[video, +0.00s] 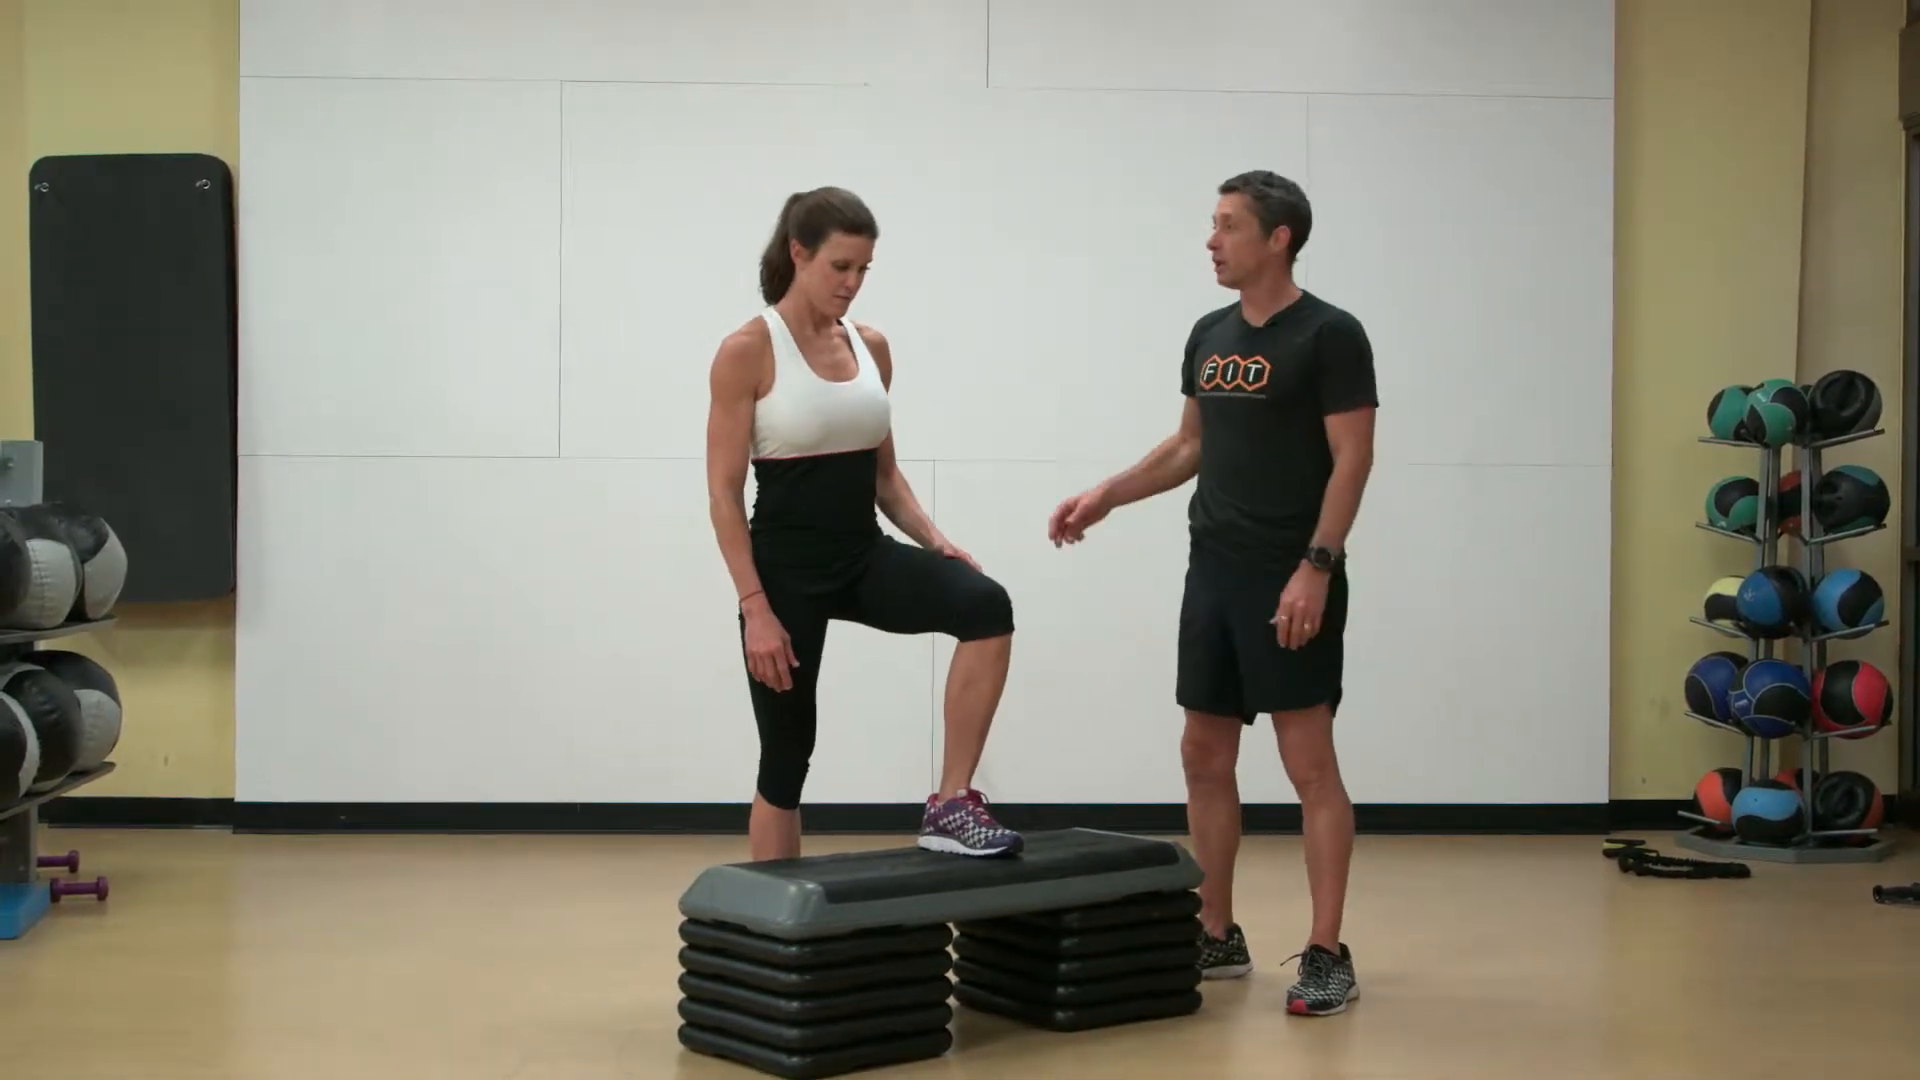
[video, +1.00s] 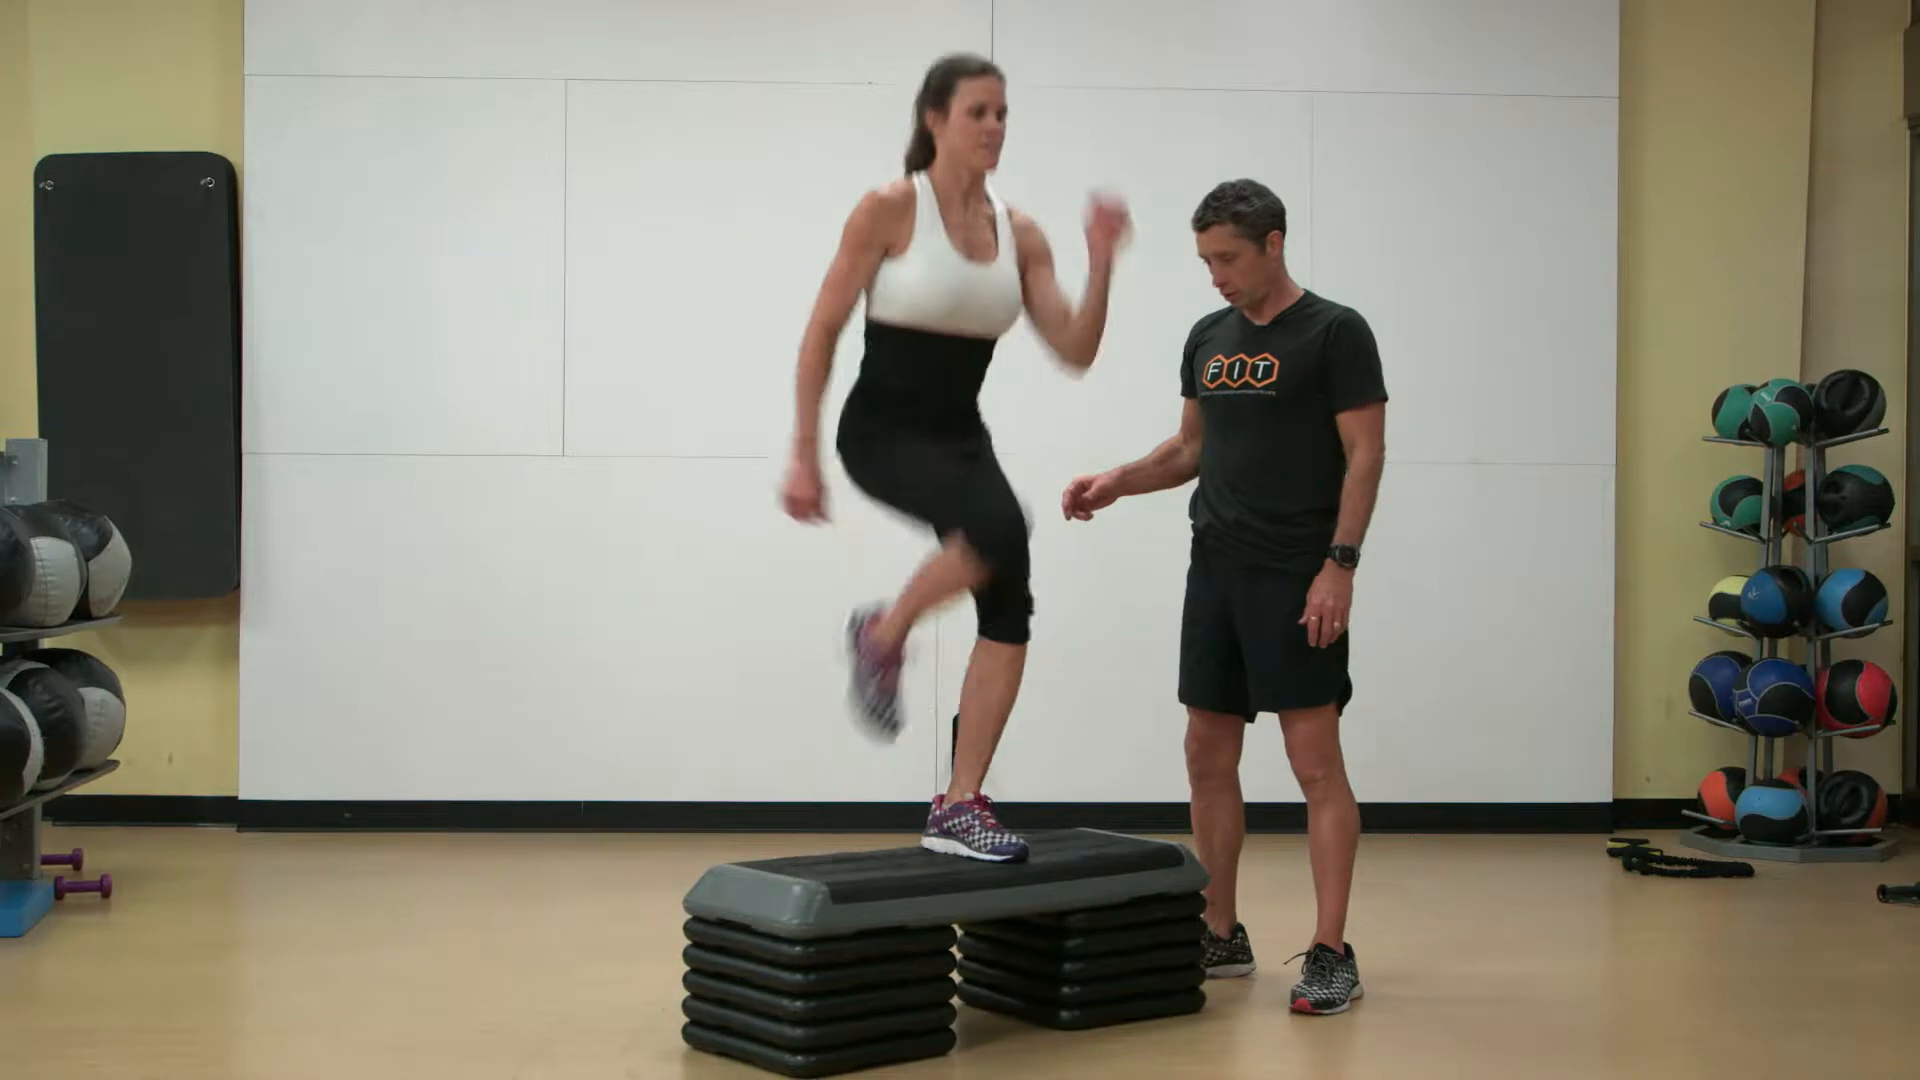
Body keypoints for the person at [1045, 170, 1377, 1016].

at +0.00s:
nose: (1211, 242)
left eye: (1227, 228)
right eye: (1213, 227)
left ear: (1279, 239)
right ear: (1244, 238)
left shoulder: (1332, 335)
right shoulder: (1210, 334)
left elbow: (1353, 460)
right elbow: (1191, 445)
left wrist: (1317, 564)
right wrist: (1106, 494)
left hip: (1293, 574)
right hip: (1214, 572)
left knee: (1309, 762)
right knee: (1204, 754)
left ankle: (1326, 950)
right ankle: (1217, 935)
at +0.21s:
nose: (1210, 251)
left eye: (1223, 237)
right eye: (1208, 237)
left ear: (1275, 240)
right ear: (1226, 242)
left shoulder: (1331, 331)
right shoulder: (1213, 334)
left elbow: (1351, 457)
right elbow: (1195, 447)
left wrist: (1312, 561)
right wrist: (1115, 480)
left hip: (1294, 573)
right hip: (1215, 572)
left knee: (1310, 761)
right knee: (1206, 753)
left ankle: (1327, 949)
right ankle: (1218, 933)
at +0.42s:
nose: (1204, 254)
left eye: (1216, 239)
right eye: (1201, 239)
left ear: (1268, 241)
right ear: (1225, 245)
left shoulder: (1332, 331)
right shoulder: (1210, 335)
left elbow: (1357, 456)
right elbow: (1195, 449)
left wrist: (1329, 563)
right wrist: (1118, 481)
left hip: (1296, 577)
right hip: (1217, 575)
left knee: (1314, 763)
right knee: (1209, 751)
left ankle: (1328, 949)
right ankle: (1218, 932)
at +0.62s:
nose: (1206, 256)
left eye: (1218, 241)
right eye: (1202, 242)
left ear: (1269, 241)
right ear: (1216, 247)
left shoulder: (1333, 332)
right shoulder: (1210, 335)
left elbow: (1363, 457)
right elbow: (1194, 449)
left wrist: (1345, 570)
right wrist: (1119, 481)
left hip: (1298, 579)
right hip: (1218, 575)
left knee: (1316, 762)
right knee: (1209, 753)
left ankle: (1329, 949)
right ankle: (1220, 932)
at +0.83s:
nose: (1210, 268)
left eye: (1220, 253)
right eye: (1203, 255)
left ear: (1272, 244)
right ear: (1211, 255)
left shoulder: (1336, 333)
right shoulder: (1209, 338)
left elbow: (1365, 457)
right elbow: (1190, 450)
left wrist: (1344, 568)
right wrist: (1117, 480)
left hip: (1300, 578)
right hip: (1217, 573)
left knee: (1316, 764)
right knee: (1207, 752)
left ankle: (1330, 948)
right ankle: (1219, 933)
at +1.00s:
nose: (1217, 274)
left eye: (1228, 258)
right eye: (1208, 260)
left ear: (1274, 245)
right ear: (1205, 257)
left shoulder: (1337, 333)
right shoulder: (1208, 338)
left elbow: (1365, 454)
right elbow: (1189, 450)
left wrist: (1339, 563)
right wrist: (1118, 480)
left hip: (1299, 575)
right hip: (1216, 571)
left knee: (1316, 762)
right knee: (1207, 752)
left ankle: (1330, 948)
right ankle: (1219, 933)